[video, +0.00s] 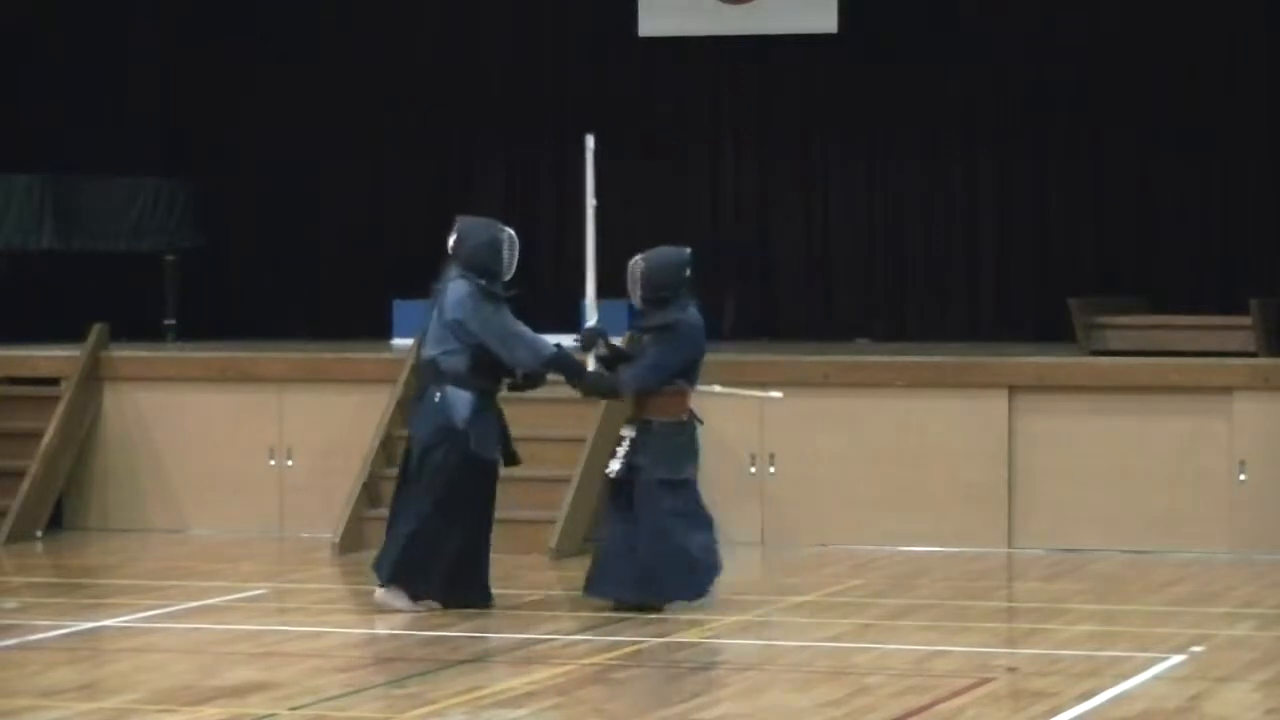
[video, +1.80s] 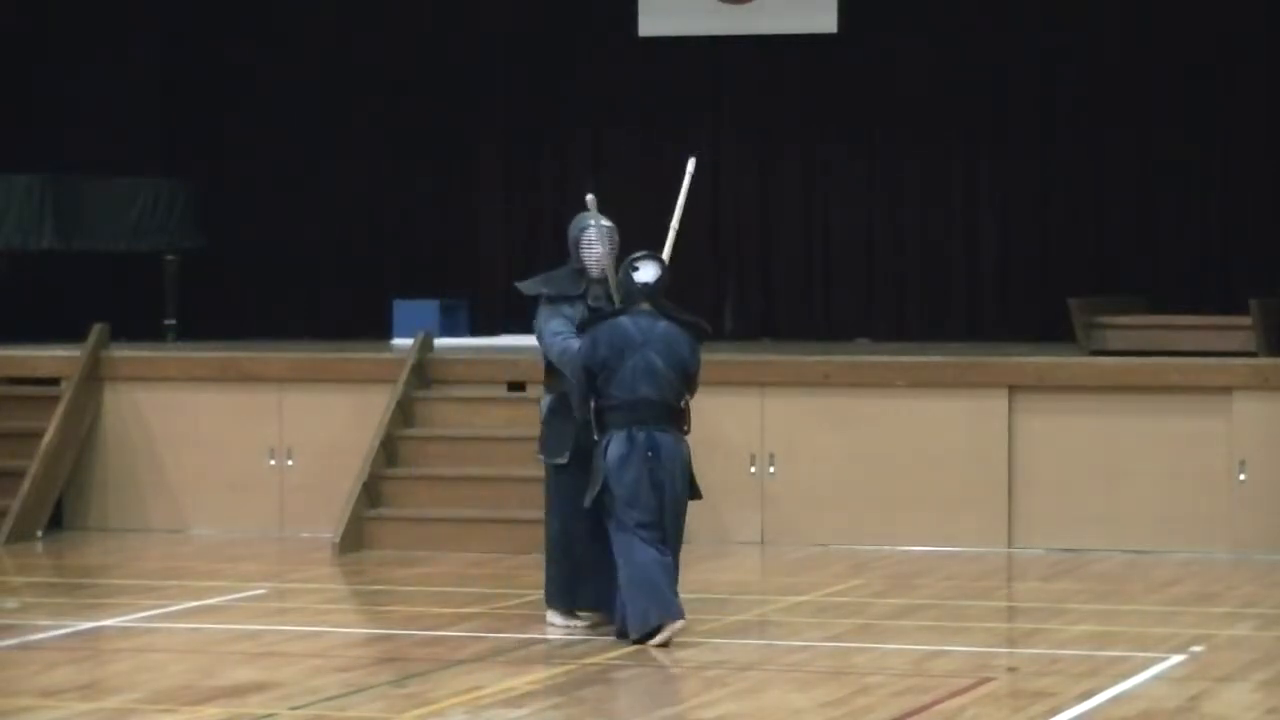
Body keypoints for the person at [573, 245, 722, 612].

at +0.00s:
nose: (636, 290)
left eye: (642, 283)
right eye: (637, 283)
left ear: (658, 285)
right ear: (671, 283)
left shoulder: (683, 328)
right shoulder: (653, 322)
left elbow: (647, 373)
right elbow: (630, 360)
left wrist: (613, 380)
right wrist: (604, 349)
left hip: (668, 432)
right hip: (644, 428)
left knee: (661, 505)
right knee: (631, 502)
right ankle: (636, 587)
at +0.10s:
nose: (620, 290)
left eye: (625, 282)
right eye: (621, 282)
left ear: (640, 285)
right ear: (656, 283)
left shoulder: (666, 327)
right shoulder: (645, 321)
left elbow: (629, 371)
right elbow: (629, 359)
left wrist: (598, 376)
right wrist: (597, 352)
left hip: (650, 429)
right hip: (627, 425)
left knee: (644, 505)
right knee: (617, 503)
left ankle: (659, 587)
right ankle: (620, 586)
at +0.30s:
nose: (592, 286)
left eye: (595, 280)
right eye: (593, 280)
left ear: (603, 284)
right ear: (633, 282)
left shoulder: (623, 327)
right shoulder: (640, 321)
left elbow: (580, 375)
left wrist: (565, 377)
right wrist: (581, 342)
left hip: (613, 427)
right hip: (627, 423)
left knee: (605, 504)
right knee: (622, 504)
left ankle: (603, 587)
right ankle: (633, 583)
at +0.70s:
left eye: (576, 278)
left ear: (579, 282)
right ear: (615, 283)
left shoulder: (568, 325)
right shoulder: (638, 327)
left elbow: (545, 361)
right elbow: (647, 371)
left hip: (575, 422)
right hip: (620, 423)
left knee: (573, 508)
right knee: (622, 508)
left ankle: (589, 600)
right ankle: (632, 586)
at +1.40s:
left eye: (620, 277)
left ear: (614, 280)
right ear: (647, 281)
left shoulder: (597, 319)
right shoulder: (668, 317)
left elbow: (575, 357)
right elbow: (682, 363)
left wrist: (549, 313)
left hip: (609, 419)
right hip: (658, 420)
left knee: (612, 508)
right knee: (663, 510)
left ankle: (628, 588)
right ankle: (660, 606)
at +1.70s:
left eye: (624, 283)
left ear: (623, 287)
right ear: (658, 288)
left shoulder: (601, 332)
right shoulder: (675, 330)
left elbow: (580, 374)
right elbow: (689, 375)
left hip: (622, 432)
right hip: (668, 432)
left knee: (625, 520)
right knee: (664, 521)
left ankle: (658, 604)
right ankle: (646, 612)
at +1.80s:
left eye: (623, 284)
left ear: (623, 289)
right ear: (659, 290)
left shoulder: (601, 334)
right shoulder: (680, 335)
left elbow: (581, 387)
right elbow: (689, 384)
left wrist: (589, 420)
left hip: (623, 436)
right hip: (669, 435)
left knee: (632, 525)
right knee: (664, 527)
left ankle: (663, 612)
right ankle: (638, 617)